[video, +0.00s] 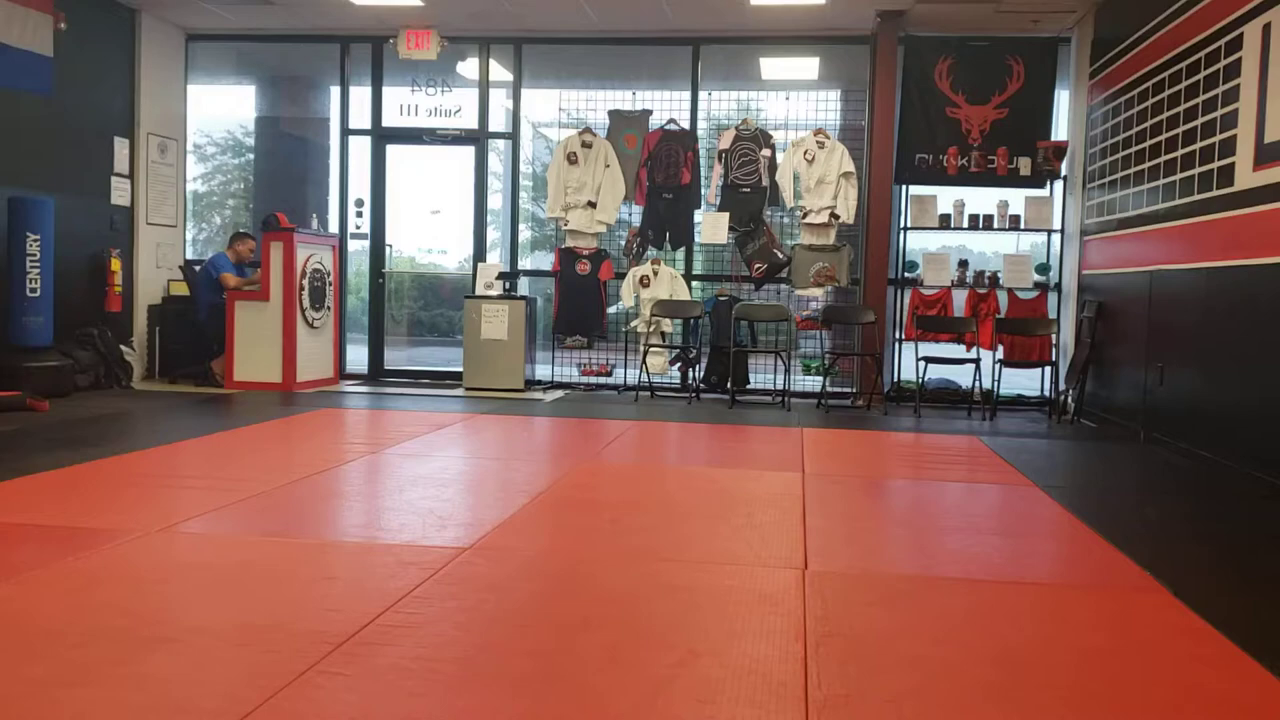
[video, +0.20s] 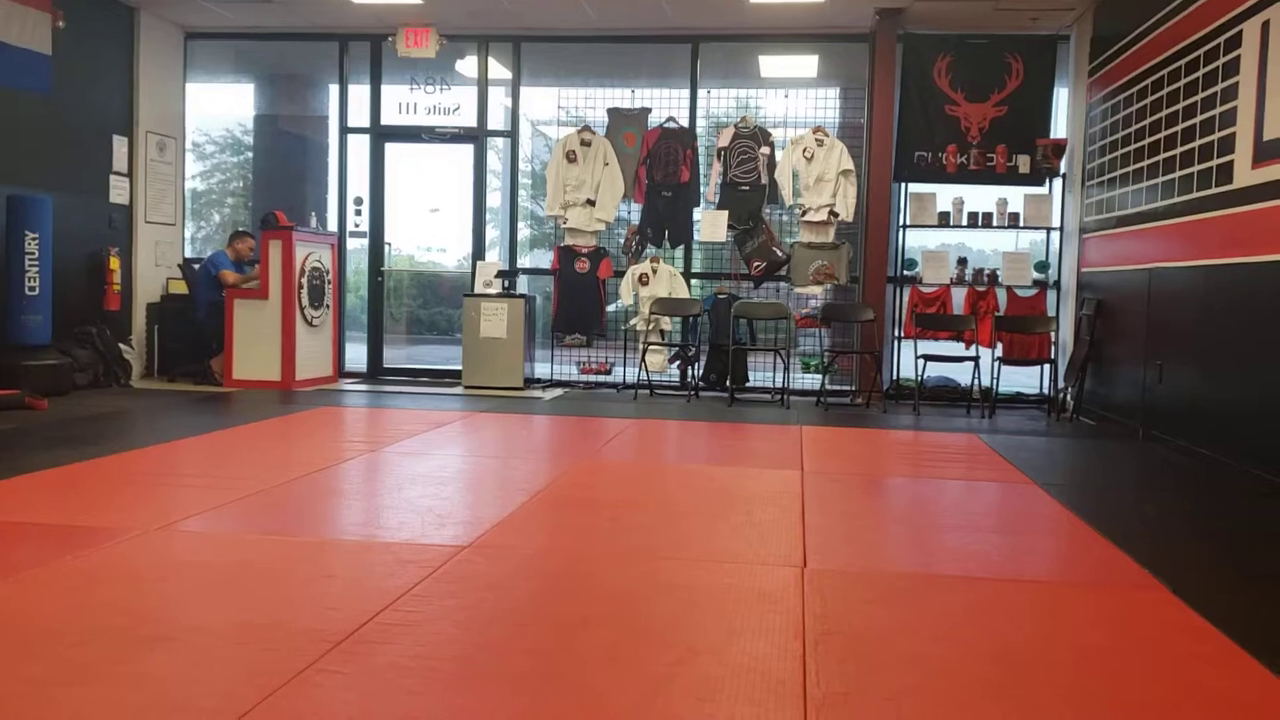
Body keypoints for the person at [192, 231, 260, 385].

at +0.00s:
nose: (252, 256)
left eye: (253, 252)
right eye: (250, 251)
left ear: (238, 247)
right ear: (237, 246)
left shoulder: (237, 266)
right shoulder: (219, 259)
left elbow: (244, 283)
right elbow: (229, 283)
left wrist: (262, 278)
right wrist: (253, 280)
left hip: (225, 311)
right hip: (208, 312)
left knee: (252, 330)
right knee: (246, 333)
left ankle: (222, 366)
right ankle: (218, 365)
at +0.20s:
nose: (252, 254)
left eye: (253, 251)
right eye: (250, 249)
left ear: (237, 245)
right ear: (237, 244)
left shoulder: (237, 264)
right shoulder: (219, 257)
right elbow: (228, 280)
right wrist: (253, 276)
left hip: (224, 309)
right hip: (207, 309)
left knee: (251, 328)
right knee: (245, 331)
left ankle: (221, 364)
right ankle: (217, 363)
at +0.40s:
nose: (252, 251)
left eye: (253, 247)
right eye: (250, 246)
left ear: (237, 242)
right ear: (237, 241)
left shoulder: (237, 259)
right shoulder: (219, 253)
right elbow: (230, 275)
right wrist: (252, 269)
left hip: (223, 305)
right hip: (207, 305)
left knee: (250, 325)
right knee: (244, 328)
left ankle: (219, 361)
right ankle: (216, 360)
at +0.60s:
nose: (253, 255)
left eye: (255, 252)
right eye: (252, 249)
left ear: (239, 246)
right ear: (238, 244)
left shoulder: (238, 263)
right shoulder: (221, 257)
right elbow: (233, 279)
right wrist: (254, 271)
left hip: (224, 310)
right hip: (208, 311)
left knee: (251, 329)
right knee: (245, 332)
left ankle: (220, 365)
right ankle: (217, 364)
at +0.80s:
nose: (256, 252)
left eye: (257, 249)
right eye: (254, 246)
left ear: (242, 243)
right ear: (241, 241)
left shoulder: (240, 261)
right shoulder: (223, 254)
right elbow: (235, 276)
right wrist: (255, 268)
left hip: (224, 306)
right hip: (208, 306)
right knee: (245, 330)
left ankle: (220, 362)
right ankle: (217, 361)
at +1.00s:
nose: (259, 254)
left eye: (261, 251)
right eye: (258, 249)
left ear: (245, 245)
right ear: (245, 243)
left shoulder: (242, 262)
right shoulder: (226, 256)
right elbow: (239, 278)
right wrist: (257, 270)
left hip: (225, 308)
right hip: (210, 309)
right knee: (247, 332)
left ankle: (221, 363)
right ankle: (218, 363)